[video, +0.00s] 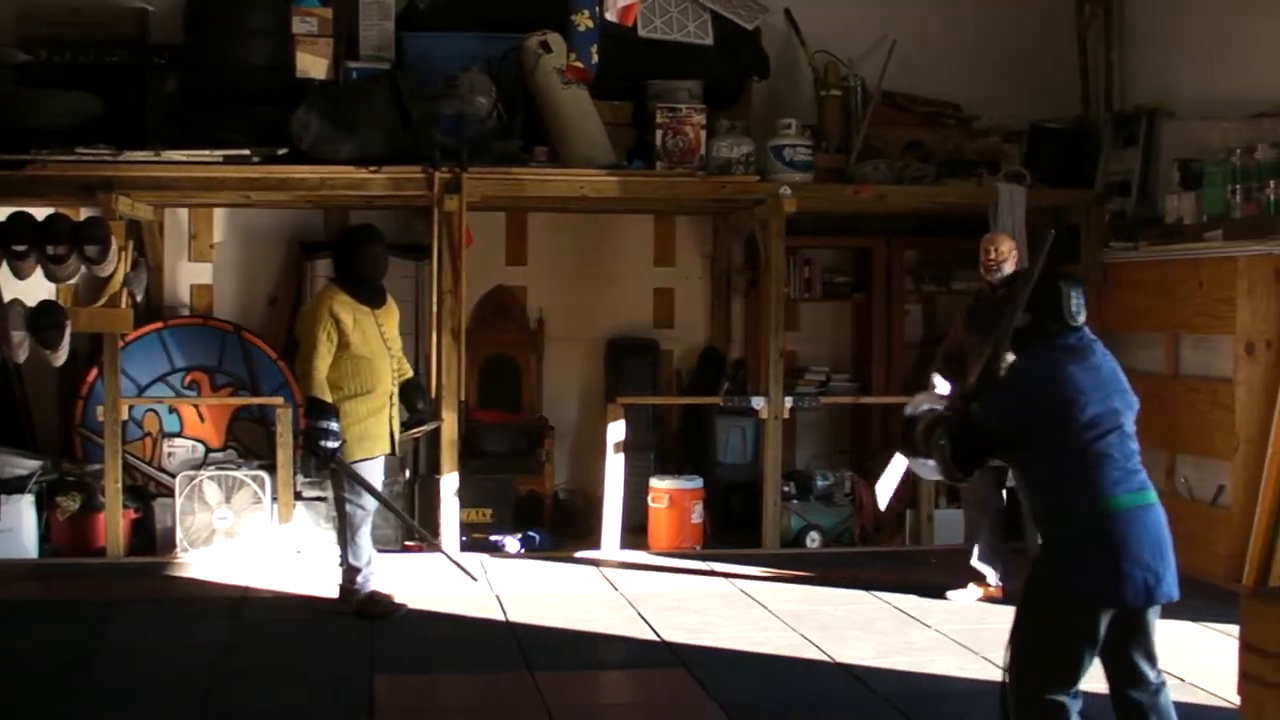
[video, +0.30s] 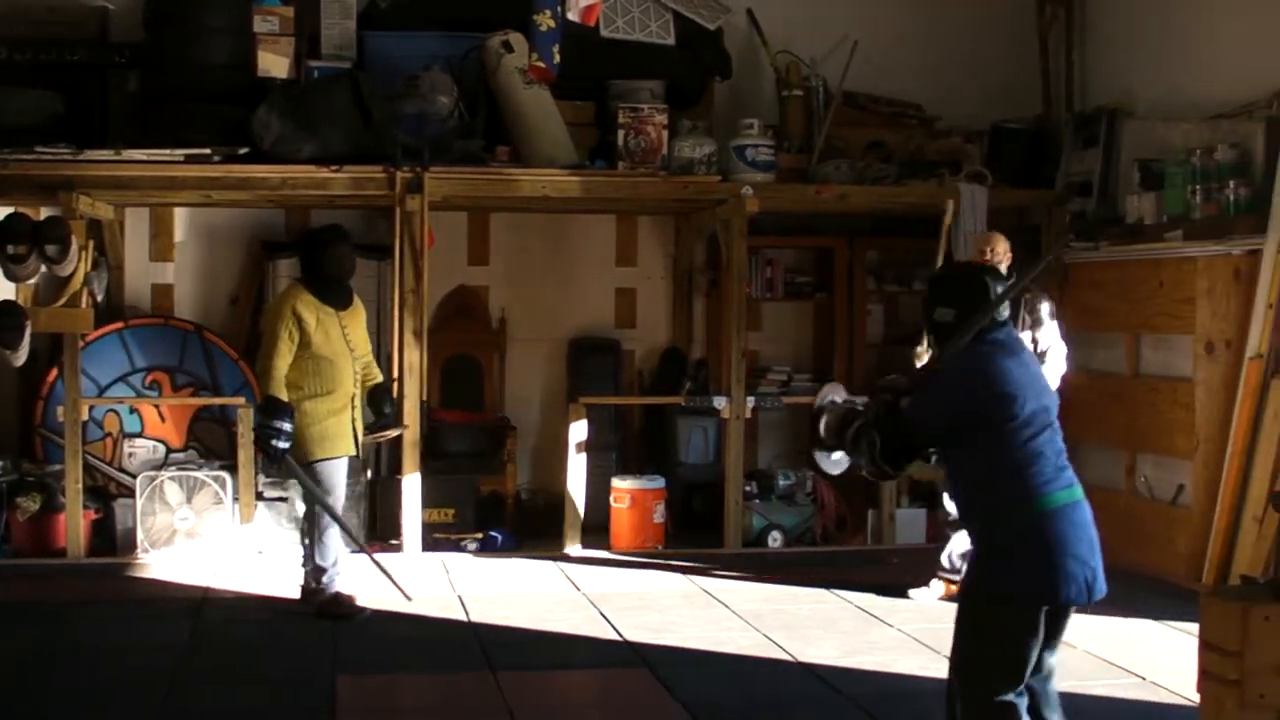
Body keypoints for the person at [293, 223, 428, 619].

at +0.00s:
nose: (382, 264)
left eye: (383, 255)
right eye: (374, 256)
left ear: (383, 258)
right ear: (352, 259)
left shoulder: (386, 305)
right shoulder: (327, 305)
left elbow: (395, 357)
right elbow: (314, 368)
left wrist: (414, 396)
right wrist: (322, 425)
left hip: (381, 423)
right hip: (351, 427)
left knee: (366, 502)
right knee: (360, 504)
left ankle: (354, 580)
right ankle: (358, 586)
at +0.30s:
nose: (350, 265)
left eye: (350, 257)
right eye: (341, 257)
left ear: (351, 260)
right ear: (318, 261)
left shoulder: (353, 306)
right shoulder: (292, 304)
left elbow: (364, 359)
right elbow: (274, 365)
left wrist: (380, 398)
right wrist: (276, 420)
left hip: (346, 419)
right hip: (314, 422)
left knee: (328, 500)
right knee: (329, 501)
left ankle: (316, 580)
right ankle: (324, 587)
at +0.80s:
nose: (305, 269)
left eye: (306, 261)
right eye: (295, 262)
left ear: (307, 265)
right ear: (270, 266)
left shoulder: (310, 308)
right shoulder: (245, 309)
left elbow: (319, 363)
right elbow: (223, 373)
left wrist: (332, 403)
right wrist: (218, 432)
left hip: (300, 430)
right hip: (265, 432)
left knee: (279, 511)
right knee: (279, 513)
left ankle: (258, 586)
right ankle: (280, 595)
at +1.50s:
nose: (291, 276)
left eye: (294, 268)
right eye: (283, 268)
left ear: (295, 268)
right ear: (259, 271)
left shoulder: (299, 308)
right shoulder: (236, 313)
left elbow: (331, 342)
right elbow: (244, 365)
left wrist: (343, 386)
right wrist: (263, 407)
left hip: (277, 418)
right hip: (240, 419)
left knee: (253, 504)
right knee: (258, 507)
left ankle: (230, 583)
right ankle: (262, 596)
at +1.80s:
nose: (296, 277)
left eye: (297, 269)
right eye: (288, 269)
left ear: (296, 271)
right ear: (264, 271)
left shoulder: (297, 303)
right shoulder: (240, 309)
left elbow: (331, 320)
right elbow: (252, 345)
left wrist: (366, 331)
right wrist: (291, 355)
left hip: (281, 428)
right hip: (247, 427)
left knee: (259, 508)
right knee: (260, 510)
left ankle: (237, 583)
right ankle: (268, 596)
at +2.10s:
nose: (293, 277)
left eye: (295, 268)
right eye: (284, 268)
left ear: (298, 267)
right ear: (260, 269)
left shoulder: (302, 304)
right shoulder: (235, 314)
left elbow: (334, 339)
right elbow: (242, 380)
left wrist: (346, 360)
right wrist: (288, 370)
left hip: (284, 428)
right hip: (249, 428)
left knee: (260, 507)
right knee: (263, 509)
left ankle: (236, 584)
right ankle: (267, 594)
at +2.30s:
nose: (295, 275)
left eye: (296, 266)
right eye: (285, 267)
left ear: (297, 267)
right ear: (258, 270)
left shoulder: (306, 312)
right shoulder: (231, 316)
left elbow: (324, 359)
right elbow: (218, 379)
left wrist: (319, 398)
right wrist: (255, 377)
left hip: (288, 425)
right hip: (248, 425)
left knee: (261, 504)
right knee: (264, 506)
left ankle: (237, 582)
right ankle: (268, 594)